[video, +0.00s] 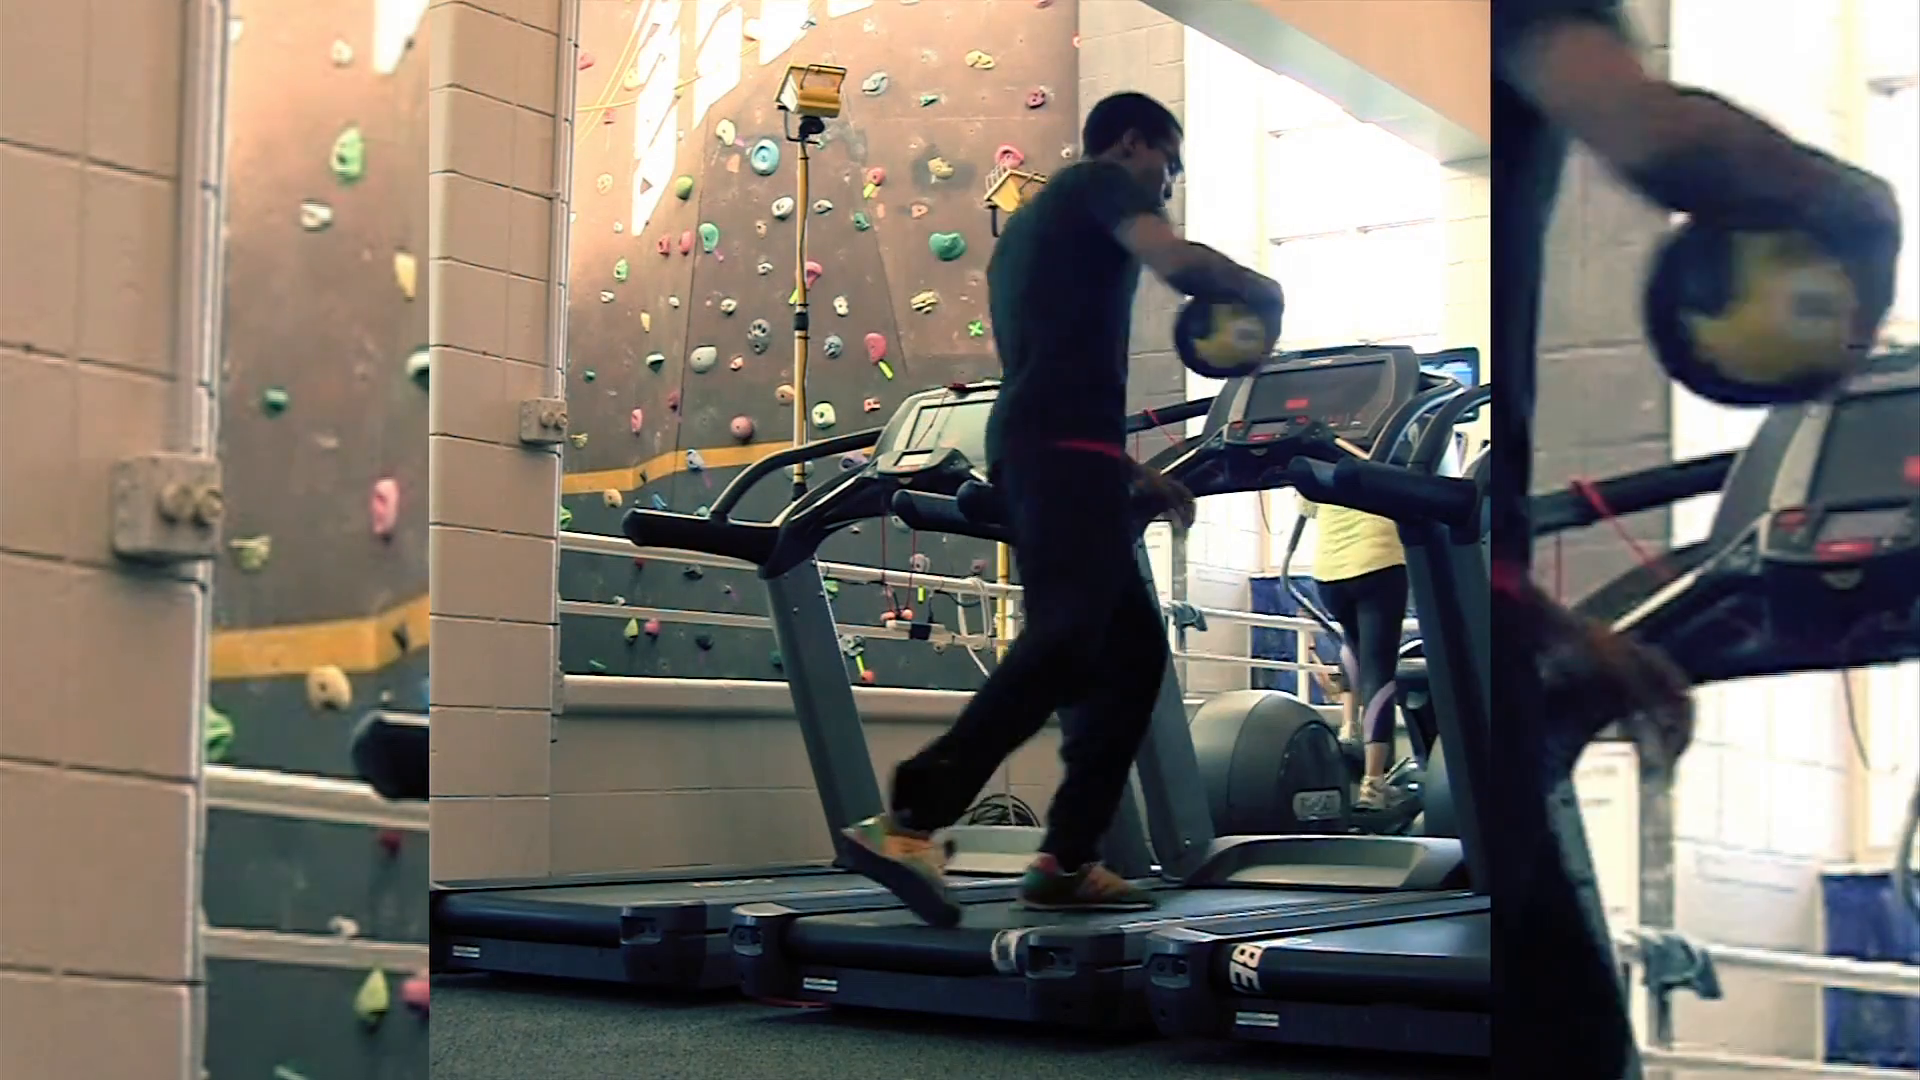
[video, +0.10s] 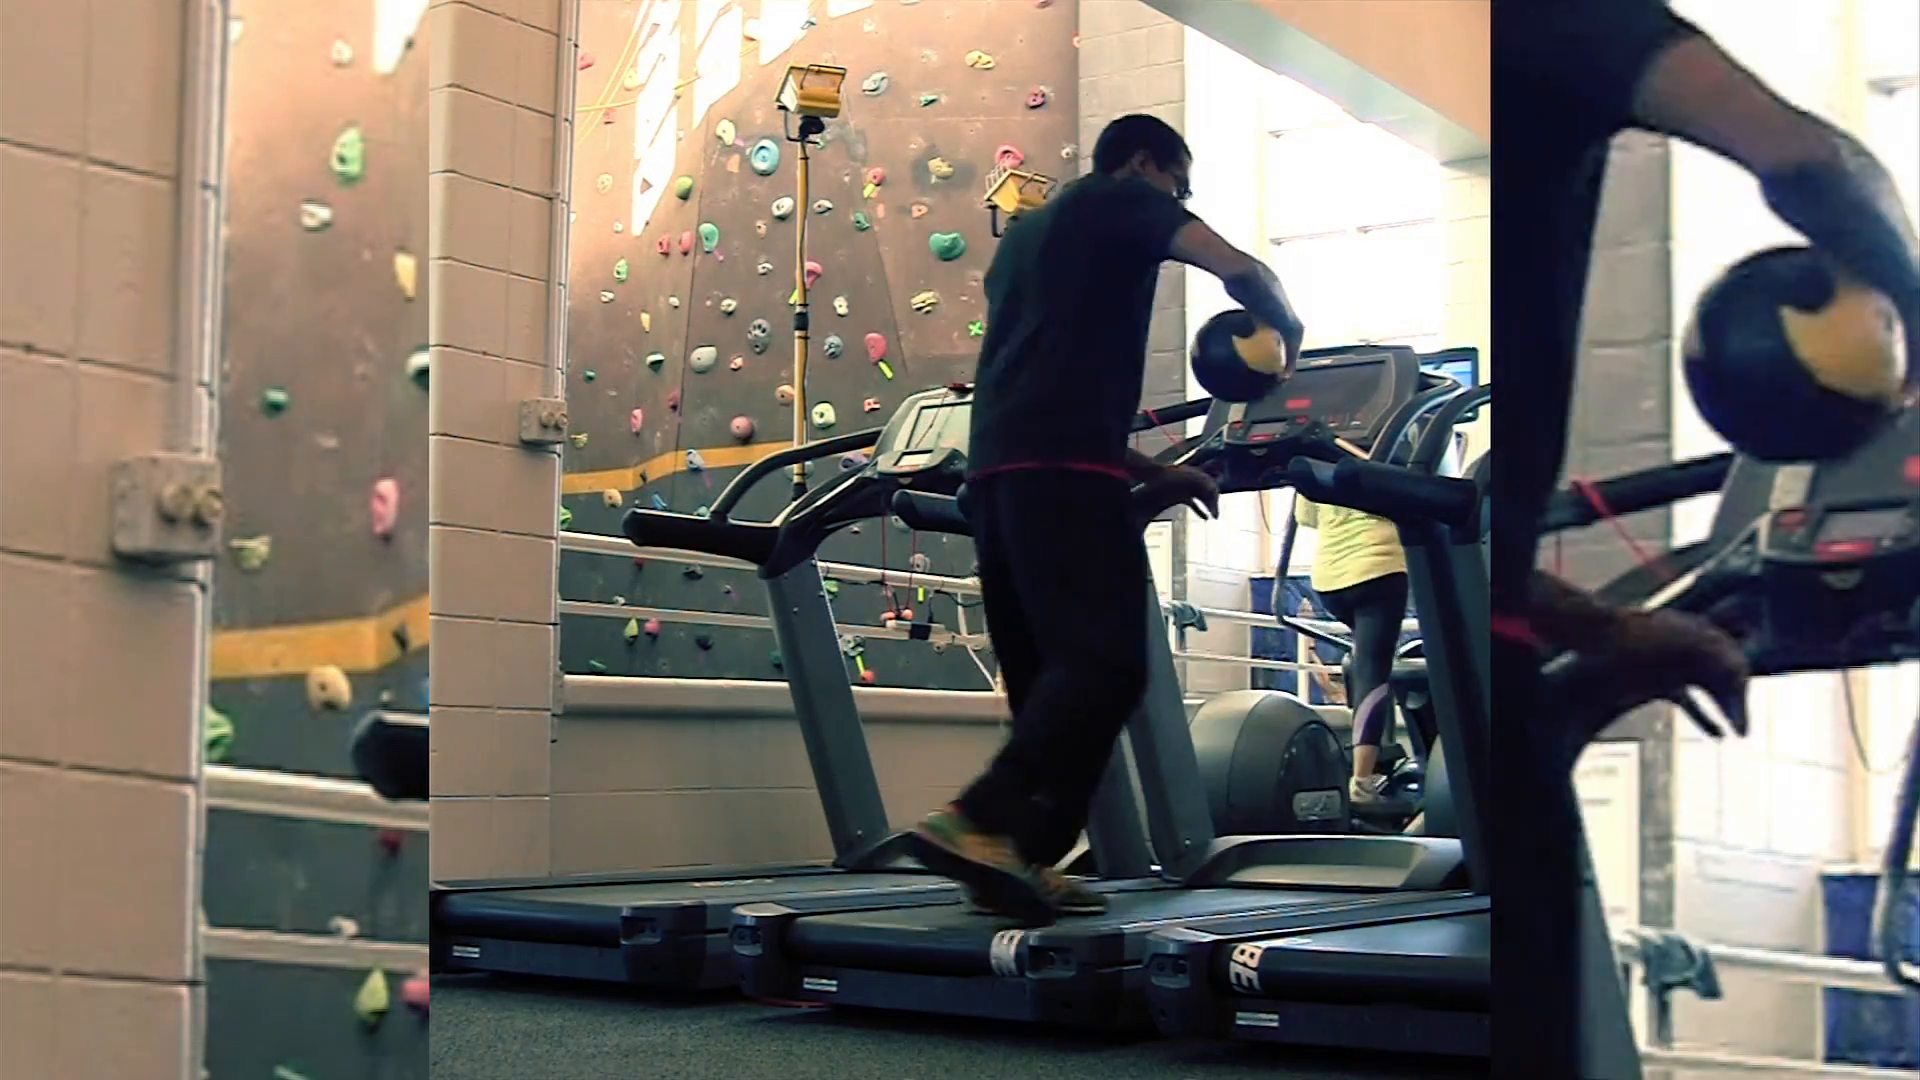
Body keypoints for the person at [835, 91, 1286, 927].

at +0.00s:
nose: (1166, 180)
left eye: (1169, 169)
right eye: (1163, 164)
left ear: (1100, 143)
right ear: (1130, 142)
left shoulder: (1034, 221)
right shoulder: (1102, 181)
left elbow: (1050, 385)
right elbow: (1172, 259)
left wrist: (1131, 474)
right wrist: (1260, 286)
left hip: (1036, 453)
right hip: (1067, 449)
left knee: (1135, 653)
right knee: (1068, 638)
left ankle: (1068, 858)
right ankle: (909, 820)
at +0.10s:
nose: (1177, 202)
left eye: (1180, 193)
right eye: (1176, 188)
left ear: (1107, 161)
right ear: (1144, 164)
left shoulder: (1027, 230)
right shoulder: (1120, 197)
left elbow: (1040, 394)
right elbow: (1242, 270)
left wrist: (1150, 472)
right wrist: (1283, 327)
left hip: (997, 478)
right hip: (1064, 471)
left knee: (1040, 675)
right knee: (1110, 666)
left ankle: (1038, 860)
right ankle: (979, 823)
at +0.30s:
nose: (1223, 180)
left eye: (1228, 167)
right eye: (1213, 161)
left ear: (1172, 158)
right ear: (1161, 148)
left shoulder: (1088, 219)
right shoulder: (1134, 199)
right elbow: (1092, 244)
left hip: (1027, 465)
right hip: (1095, 463)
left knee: (1032, 653)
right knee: (1204, 644)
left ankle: (939, 834)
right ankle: (1186, 850)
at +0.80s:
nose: (1006, 17)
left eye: (1017, 5)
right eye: (997, 10)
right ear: (997, 14)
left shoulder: (1150, 53)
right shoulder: (991, 85)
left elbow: (1254, 102)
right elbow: (1001, 197)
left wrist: (1307, 196)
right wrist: (1021, 292)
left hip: (1141, 320)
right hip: (1041, 309)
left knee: (1119, 533)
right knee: (981, 401)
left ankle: (1161, 711)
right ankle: (1020, 593)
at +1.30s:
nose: (941, 140)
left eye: (947, 124)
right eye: (943, 125)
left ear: (977, 121)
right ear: (1027, 120)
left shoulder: (980, 202)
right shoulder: (1118, 186)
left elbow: (911, 346)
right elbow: (1196, 299)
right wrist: (1170, 399)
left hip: (1045, 445)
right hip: (1141, 438)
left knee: (996, 621)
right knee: (1155, 641)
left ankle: (972, 817)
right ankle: (1167, 841)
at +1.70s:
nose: (958, 179)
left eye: (963, 163)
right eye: (958, 165)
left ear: (997, 157)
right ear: (1042, 162)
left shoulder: (978, 241)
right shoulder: (1124, 224)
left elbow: (904, 370)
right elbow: (1229, 324)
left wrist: (795, 396)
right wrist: (1183, 410)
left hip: (1045, 469)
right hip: (1136, 465)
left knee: (1059, 653)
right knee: (1119, 677)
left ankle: (1025, 782)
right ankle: (1035, 848)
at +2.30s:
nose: (965, 186)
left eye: (974, 166)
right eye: (960, 171)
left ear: (1024, 156)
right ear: (1036, 164)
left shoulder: (1033, 243)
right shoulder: (1107, 232)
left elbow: (1022, 388)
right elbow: (1169, 362)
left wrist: (907, 455)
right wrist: (1101, 431)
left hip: (1067, 485)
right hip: (1141, 478)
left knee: (1042, 681)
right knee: (1120, 675)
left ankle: (1101, 863)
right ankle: (1235, 754)